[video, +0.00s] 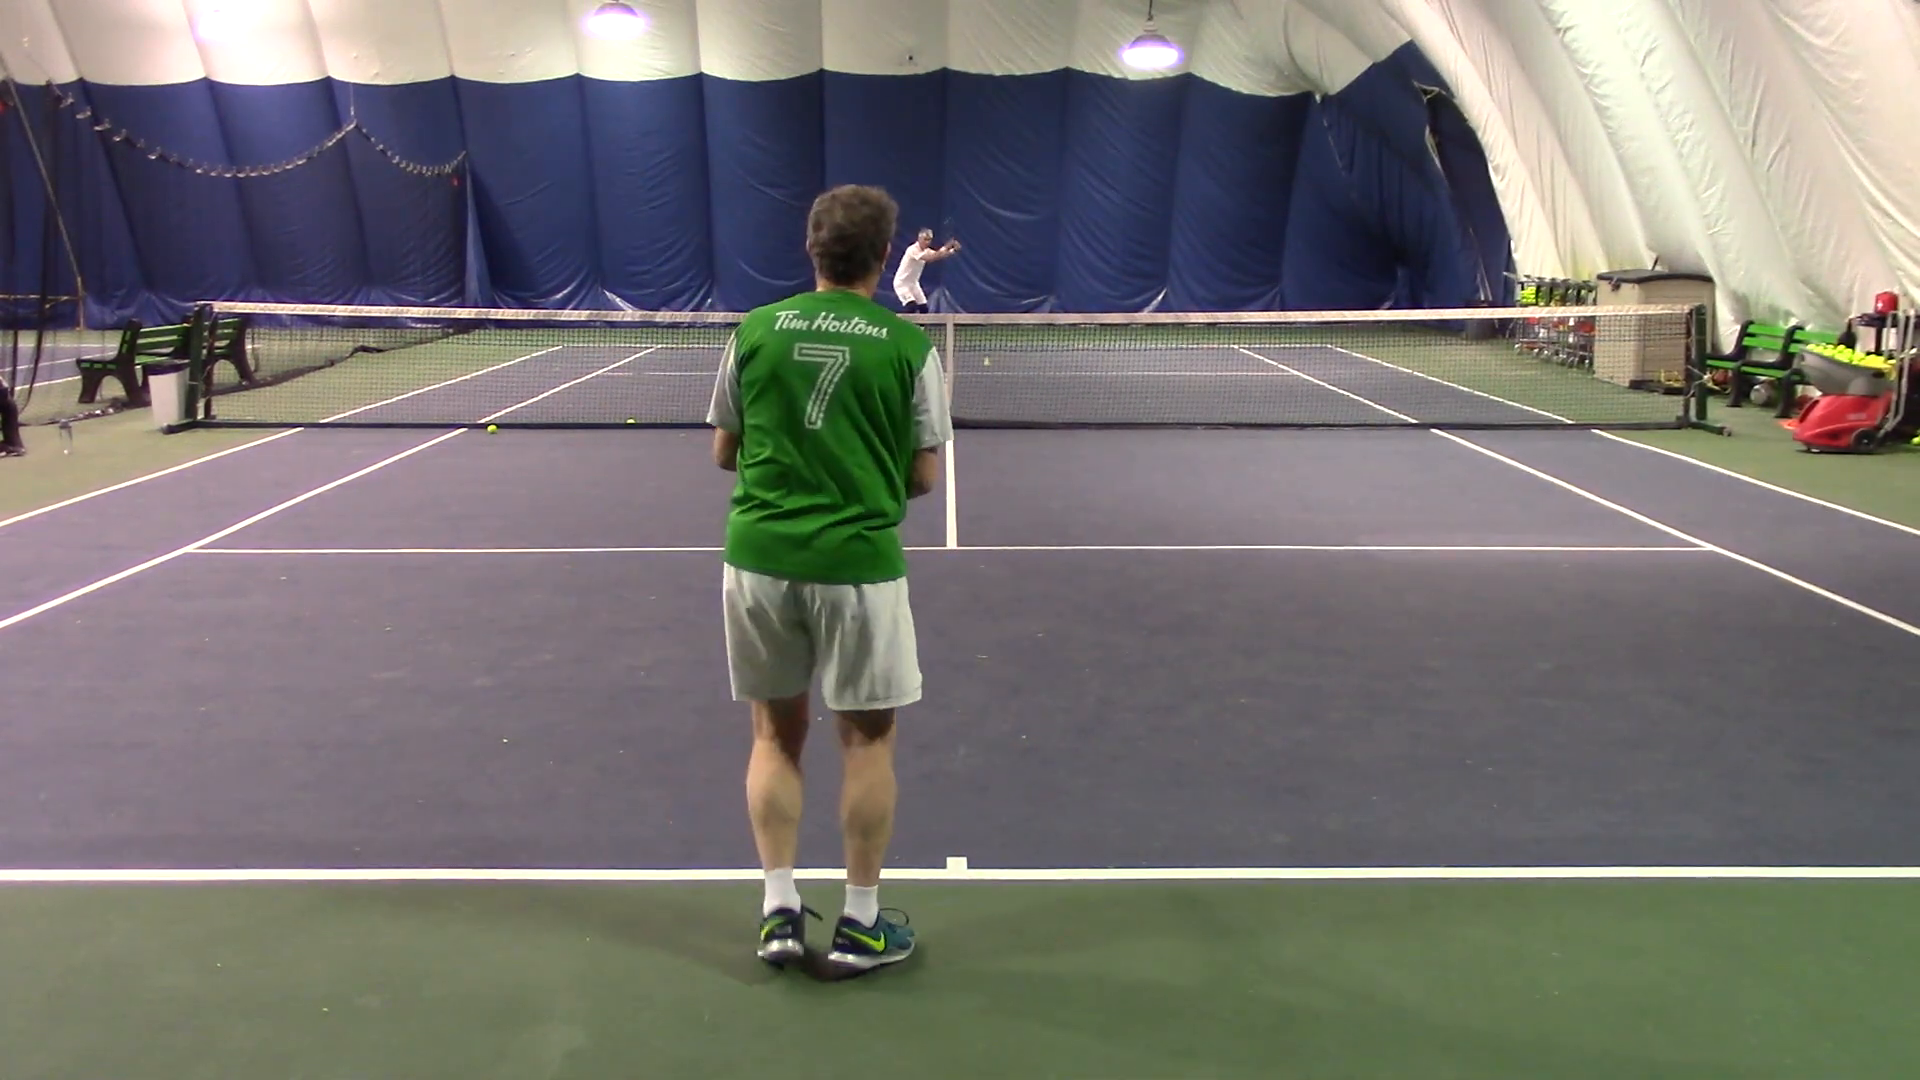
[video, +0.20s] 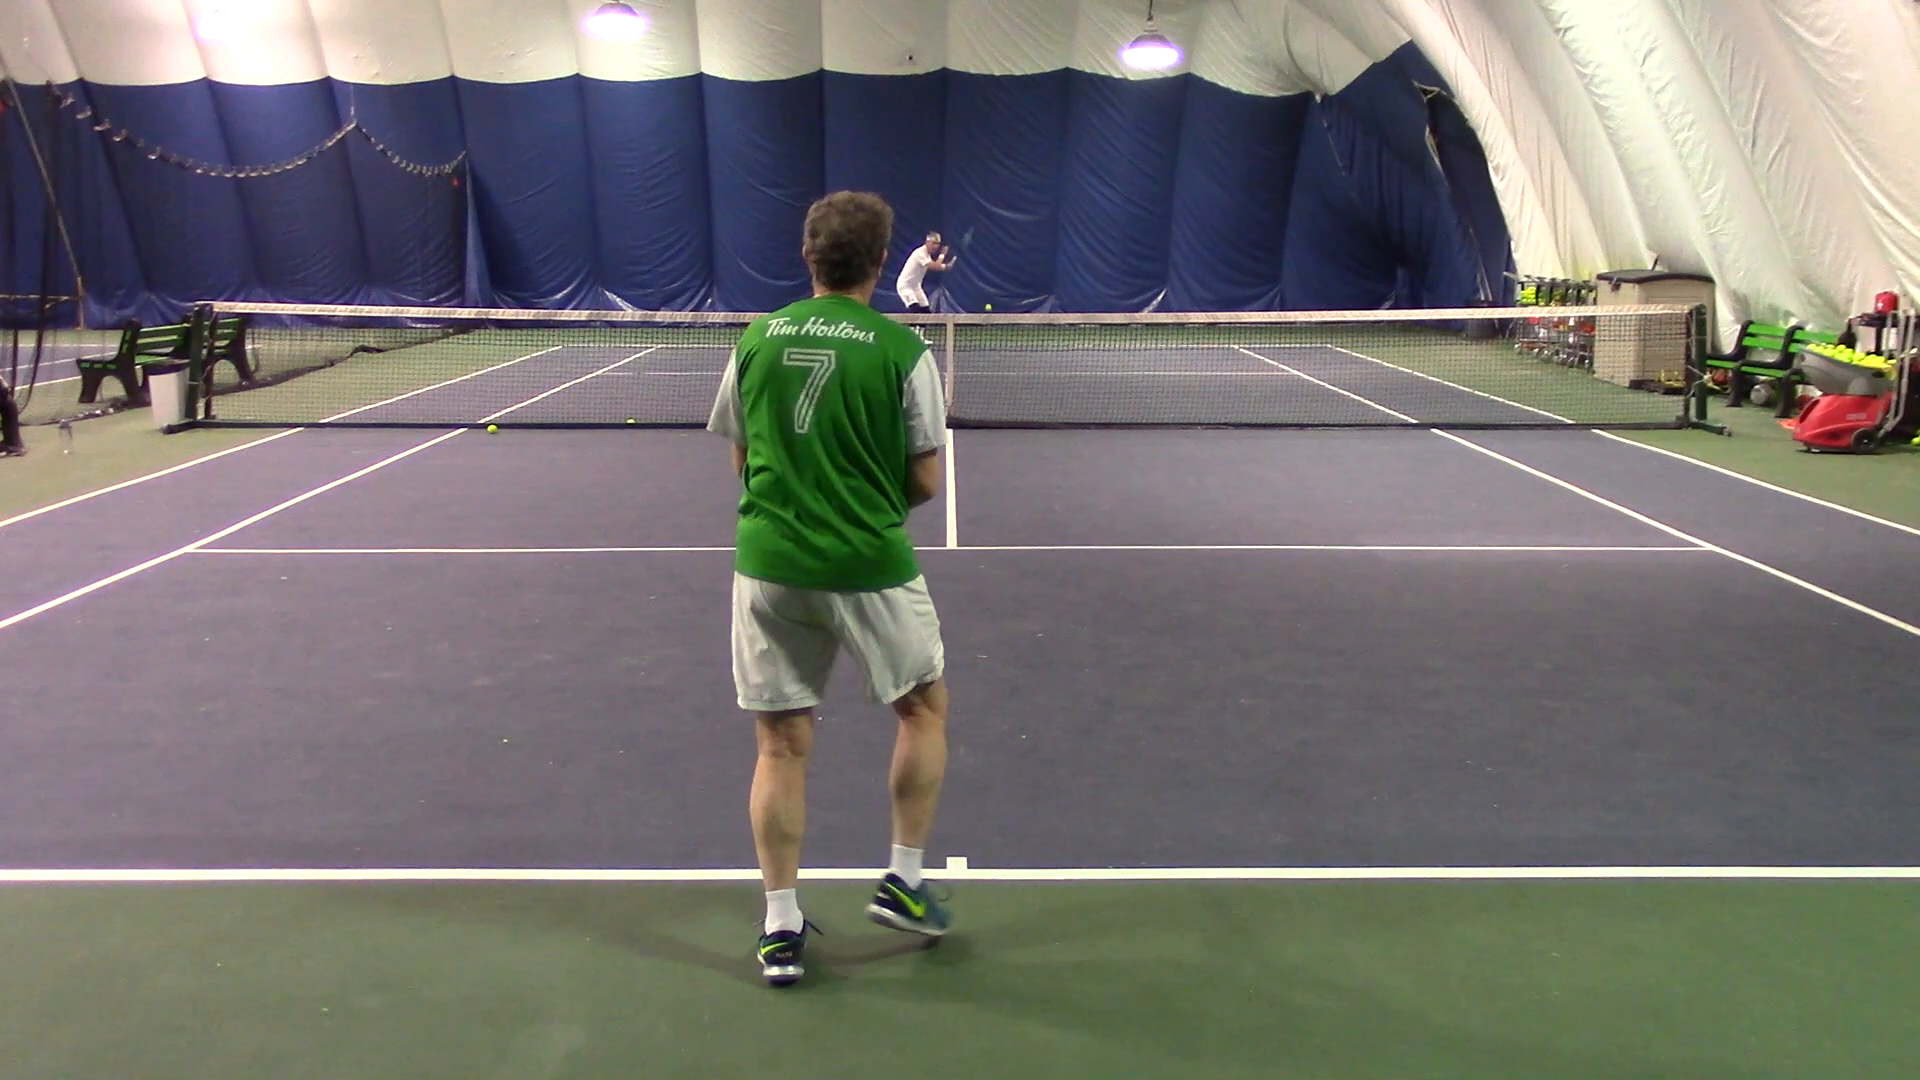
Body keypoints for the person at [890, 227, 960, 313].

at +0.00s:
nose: (927, 243)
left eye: (929, 240)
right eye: (925, 240)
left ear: (930, 241)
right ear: (919, 239)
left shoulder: (926, 251)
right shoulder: (912, 250)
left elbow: (937, 255)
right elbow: (927, 257)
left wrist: (951, 251)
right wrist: (946, 247)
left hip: (914, 282)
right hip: (902, 282)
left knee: (923, 307)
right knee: (911, 304)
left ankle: (921, 329)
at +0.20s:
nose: (936, 247)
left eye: (938, 244)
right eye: (934, 243)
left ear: (939, 245)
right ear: (927, 243)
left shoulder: (927, 254)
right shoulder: (920, 253)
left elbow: (935, 266)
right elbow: (935, 266)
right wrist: (942, 255)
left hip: (916, 285)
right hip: (905, 284)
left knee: (925, 308)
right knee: (915, 307)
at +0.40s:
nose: (938, 241)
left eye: (940, 238)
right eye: (936, 237)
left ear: (941, 239)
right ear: (930, 235)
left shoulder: (934, 251)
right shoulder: (917, 245)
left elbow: (938, 270)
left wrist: (950, 279)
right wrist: (935, 257)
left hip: (921, 280)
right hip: (908, 278)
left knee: (923, 307)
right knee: (915, 306)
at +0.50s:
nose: (937, 235)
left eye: (939, 233)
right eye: (935, 231)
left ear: (940, 234)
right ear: (930, 229)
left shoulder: (935, 245)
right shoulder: (917, 239)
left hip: (925, 273)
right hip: (914, 273)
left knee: (927, 304)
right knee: (912, 303)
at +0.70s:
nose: (935, 227)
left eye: (937, 224)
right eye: (933, 224)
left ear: (941, 227)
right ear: (930, 225)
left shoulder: (941, 239)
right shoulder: (922, 236)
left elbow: (934, 235)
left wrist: (929, 224)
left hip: (932, 272)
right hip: (918, 272)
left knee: (935, 303)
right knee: (915, 302)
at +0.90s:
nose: (938, 228)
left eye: (941, 226)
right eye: (936, 225)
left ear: (944, 227)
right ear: (931, 225)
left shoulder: (945, 239)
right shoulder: (925, 239)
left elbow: (930, 230)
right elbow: (910, 240)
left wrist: (924, 216)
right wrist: (917, 226)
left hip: (938, 273)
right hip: (925, 273)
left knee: (940, 303)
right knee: (920, 303)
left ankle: (948, 329)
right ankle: (923, 329)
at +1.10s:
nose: (941, 228)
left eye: (943, 225)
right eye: (938, 225)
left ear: (947, 226)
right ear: (934, 225)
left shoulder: (948, 237)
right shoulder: (932, 239)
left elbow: (935, 235)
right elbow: (917, 241)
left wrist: (929, 228)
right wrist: (926, 231)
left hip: (946, 276)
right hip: (933, 276)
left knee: (946, 307)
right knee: (922, 304)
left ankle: (953, 336)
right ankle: (930, 334)